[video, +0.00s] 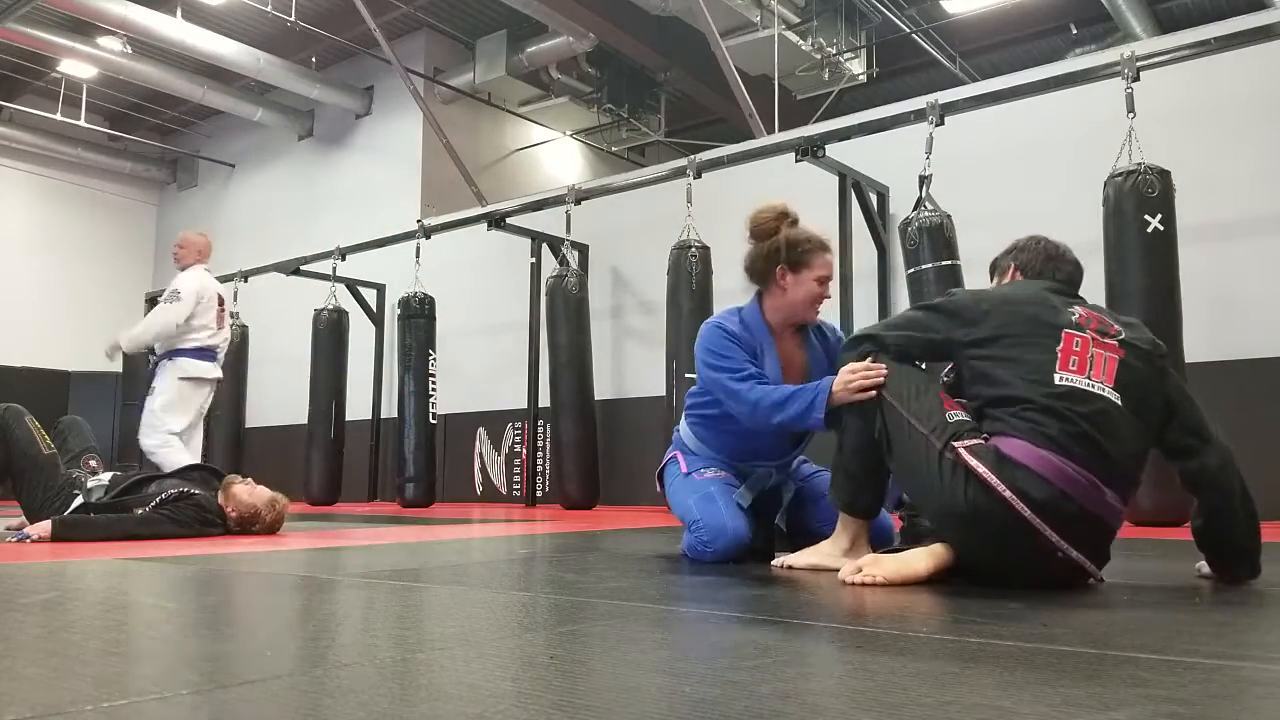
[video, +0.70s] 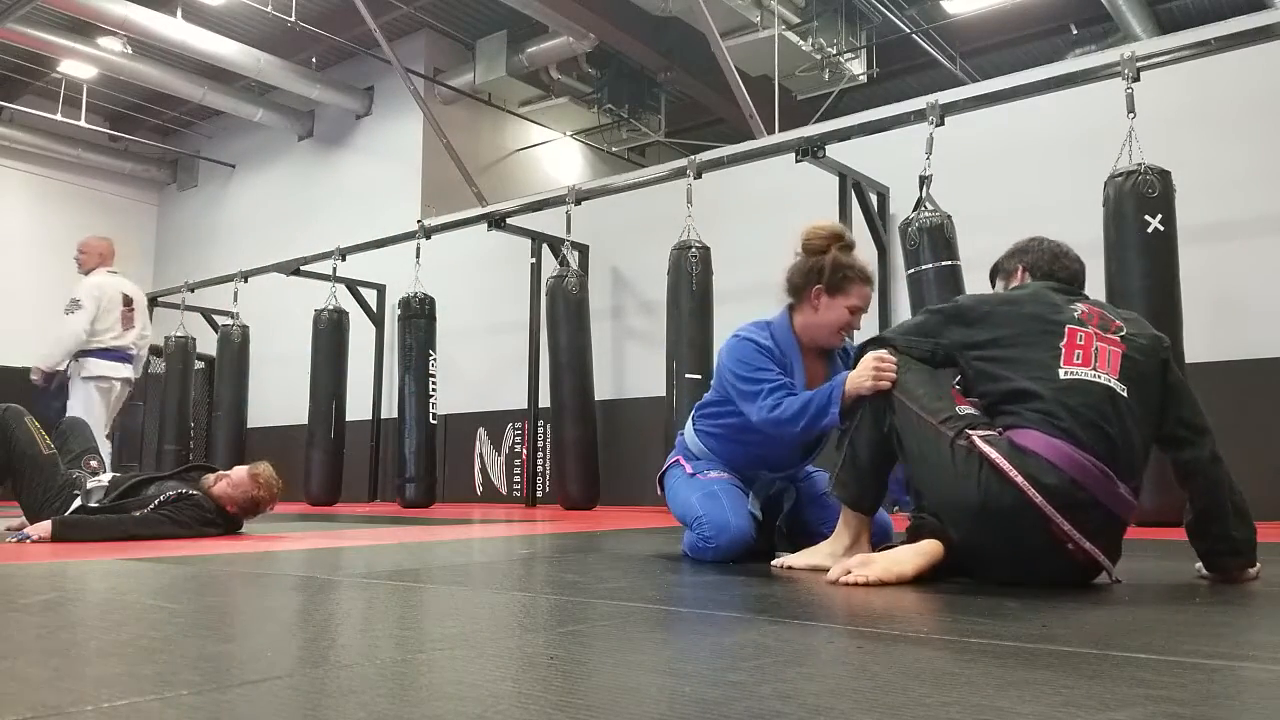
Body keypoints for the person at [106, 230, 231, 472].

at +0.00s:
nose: (174, 251)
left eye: (181, 247)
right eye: (176, 247)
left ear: (199, 253)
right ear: (200, 255)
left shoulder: (189, 280)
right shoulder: (215, 285)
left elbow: (166, 318)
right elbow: (223, 337)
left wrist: (123, 342)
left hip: (182, 370)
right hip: (206, 372)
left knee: (154, 436)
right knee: (190, 441)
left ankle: (198, 489)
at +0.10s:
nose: (162, 252)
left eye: (169, 248)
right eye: (163, 247)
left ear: (187, 254)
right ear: (189, 256)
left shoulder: (174, 282)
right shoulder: (205, 285)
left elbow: (163, 330)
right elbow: (212, 337)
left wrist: (147, 374)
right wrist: (201, 364)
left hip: (172, 374)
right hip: (197, 375)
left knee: (133, 437)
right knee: (187, 446)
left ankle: (162, 491)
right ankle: (190, 498)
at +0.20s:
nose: (149, 254)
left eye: (156, 251)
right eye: (151, 249)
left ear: (174, 257)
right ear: (178, 259)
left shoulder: (163, 283)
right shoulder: (192, 287)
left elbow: (159, 329)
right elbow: (206, 334)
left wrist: (135, 368)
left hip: (161, 372)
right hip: (187, 373)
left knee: (125, 435)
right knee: (182, 440)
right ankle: (192, 494)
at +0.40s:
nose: (120, 259)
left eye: (127, 254)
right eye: (122, 254)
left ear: (144, 260)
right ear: (147, 262)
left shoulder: (134, 286)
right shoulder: (168, 293)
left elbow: (125, 332)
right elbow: (173, 341)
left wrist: (101, 370)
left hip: (130, 378)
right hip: (159, 380)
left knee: (104, 444)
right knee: (161, 446)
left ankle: (88, 505)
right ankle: (186, 496)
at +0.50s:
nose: (102, 258)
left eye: (108, 254)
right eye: (103, 253)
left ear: (126, 257)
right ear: (130, 260)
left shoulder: (117, 286)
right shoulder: (156, 292)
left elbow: (105, 332)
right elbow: (161, 339)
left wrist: (84, 370)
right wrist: (149, 368)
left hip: (114, 374)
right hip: (145, 377)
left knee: (93, 436)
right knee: (134, 438)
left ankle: (93, 500)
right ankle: (165, 490)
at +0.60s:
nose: (88, 258)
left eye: (94, 253)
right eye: (89, 253)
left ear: (112, 256)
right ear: (117, 258)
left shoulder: (104, 285)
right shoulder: (145, 292)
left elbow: (89, 331)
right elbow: (154, 337)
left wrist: (63, 370)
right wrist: (139, 371)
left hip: (102, 370)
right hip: (132, 373)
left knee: (90, 438)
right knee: (116, 437)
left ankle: (92, 500)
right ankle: (141, 486)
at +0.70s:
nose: (77, 258)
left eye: (82, 253)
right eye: (78, 253)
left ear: (100, 256)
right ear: (105, 257)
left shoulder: (91, 284)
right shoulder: (134, 290)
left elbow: (74, 330)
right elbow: (144, 336)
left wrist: (44, 366)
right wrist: (131, 372)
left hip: (93, 370)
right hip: (123, 373)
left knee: (87, 435)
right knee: (96, 434)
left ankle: (98, 498)